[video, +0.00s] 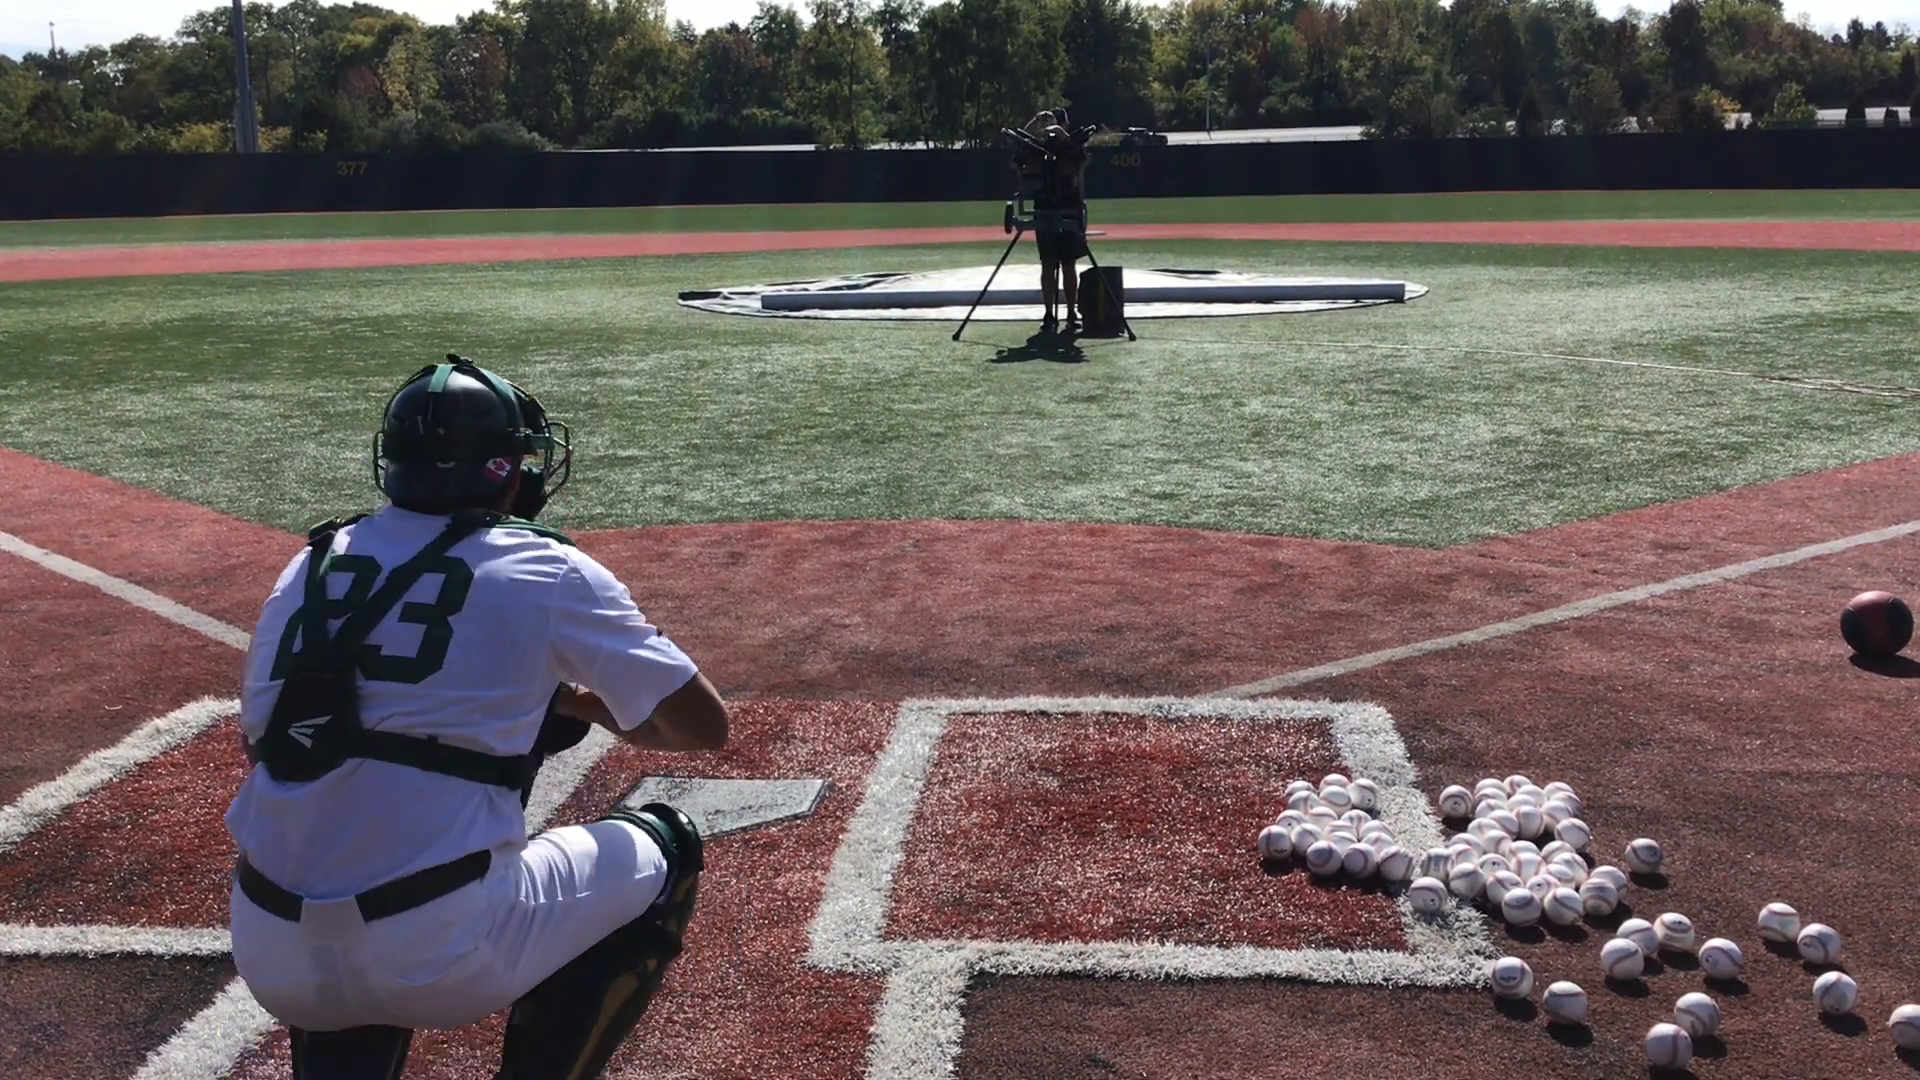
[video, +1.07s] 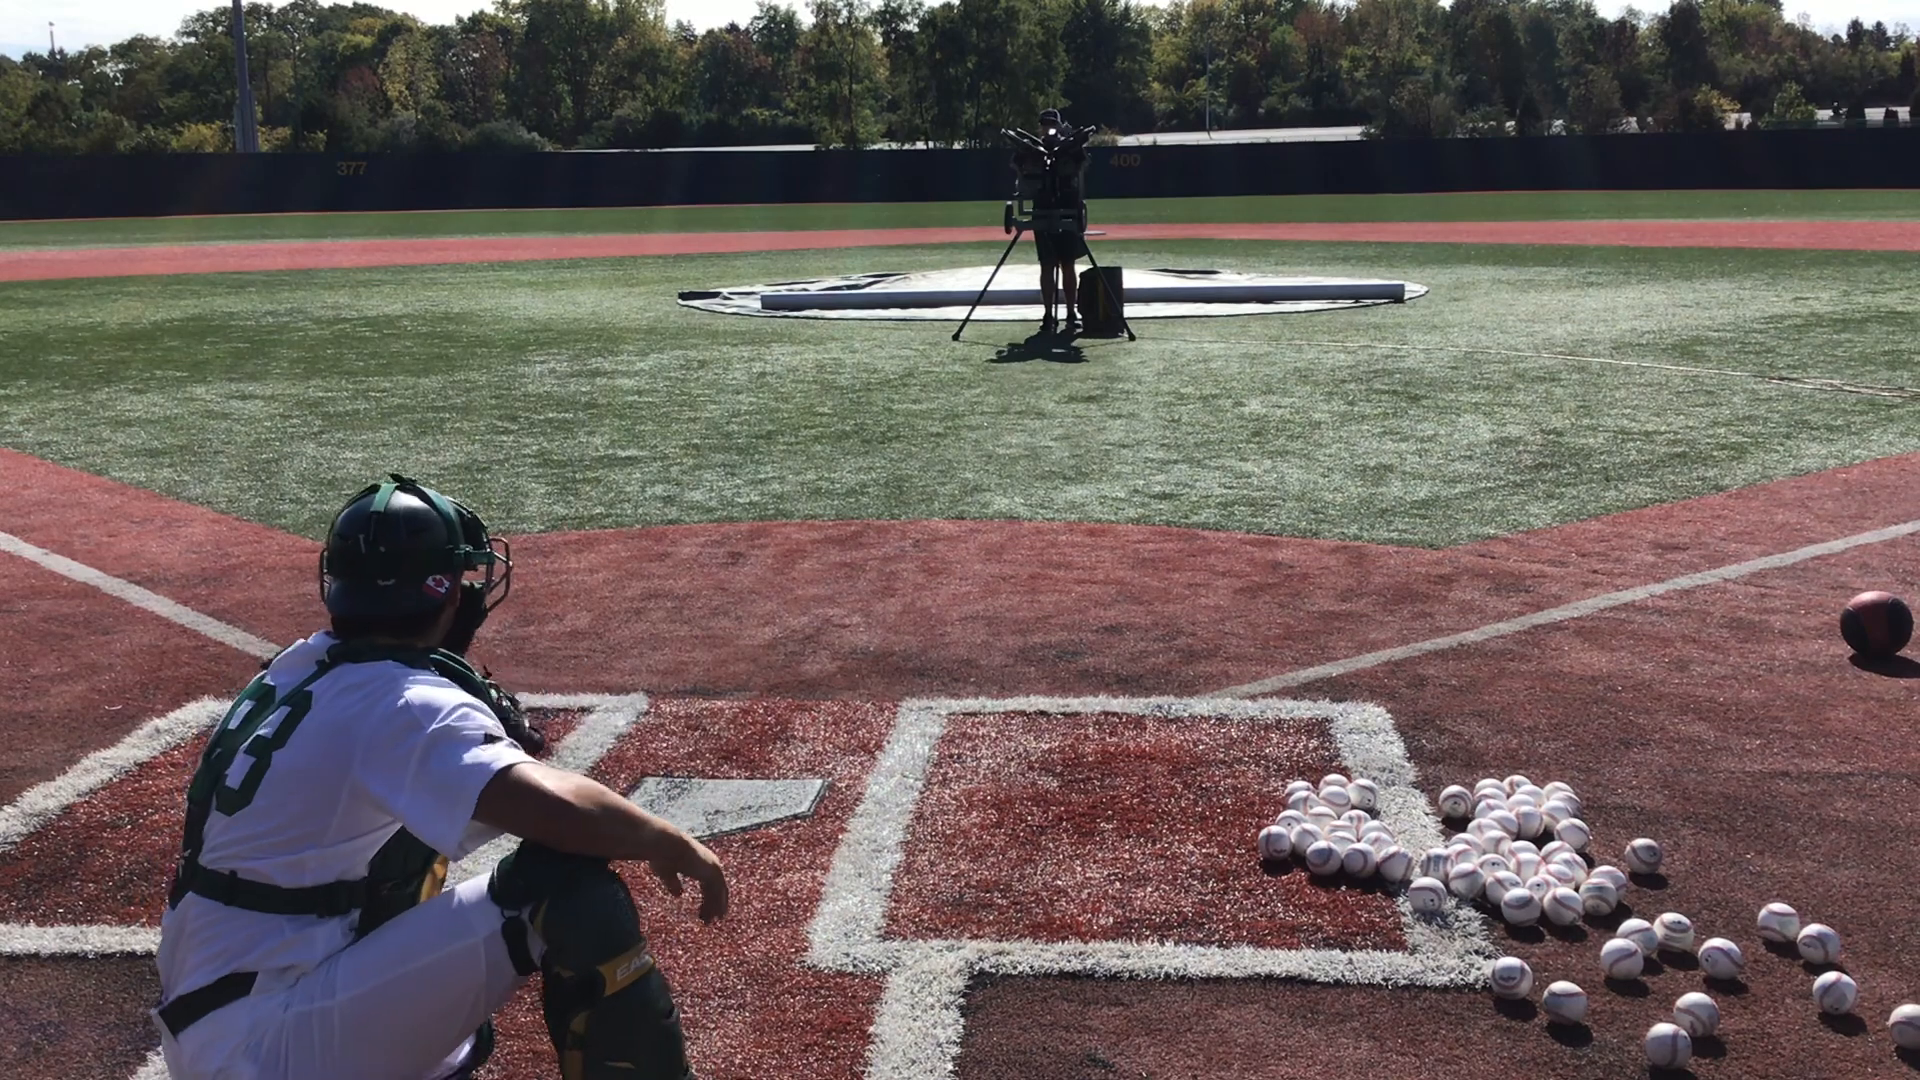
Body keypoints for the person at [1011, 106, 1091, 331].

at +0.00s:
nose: (1053, 132)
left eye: (1057, 128)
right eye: (1050, 129)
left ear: (1066, 127)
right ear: (1046, 131)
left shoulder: (1073, 148)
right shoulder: (1038, 150)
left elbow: (1079, 155)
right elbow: (1018, 147)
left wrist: (1061, 132)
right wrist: (1034, 123)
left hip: (1069, 213)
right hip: (1045, 213)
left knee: (1069, 267)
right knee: (1048, 268)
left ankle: (1071, 313)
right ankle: (1049, 314)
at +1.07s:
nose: (1048, 129)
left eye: (1052, 125)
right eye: (1044, 125)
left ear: (1060, 127)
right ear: (1039, 128)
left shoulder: (1070, 148)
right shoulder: (1034, 150)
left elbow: (1078, 163)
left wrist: (1069, 142)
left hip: (1068, 214)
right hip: (1043, 215)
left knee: (1068, 267)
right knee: (1047, 268)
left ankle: (1071, 313)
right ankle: (1048, 315)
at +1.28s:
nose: (1050, 131)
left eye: (1054, 127)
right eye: (1046, 127)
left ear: (1061, 129)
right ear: (1041, 130)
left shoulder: (1071, 149)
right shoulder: (1034, 151)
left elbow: (1080, 166)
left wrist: (1073, 145)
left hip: (1070, 215)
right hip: (1044, 217)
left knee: (1072, 268)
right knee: (1047, 269)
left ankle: (1072, 314)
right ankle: (1048, 315)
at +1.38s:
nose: (1054, 134)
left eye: (1059, 130)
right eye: (1051, 129)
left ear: (1067, 132)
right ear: (1046, 131)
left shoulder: (1076, 151)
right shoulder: (1037, 152)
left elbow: (1086, 177)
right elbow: (1025, 185)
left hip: (1073, 215)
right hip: (1045, 216)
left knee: (1078, 268)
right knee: (1047, 268)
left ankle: (1077, 316)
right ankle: (1048, 315)